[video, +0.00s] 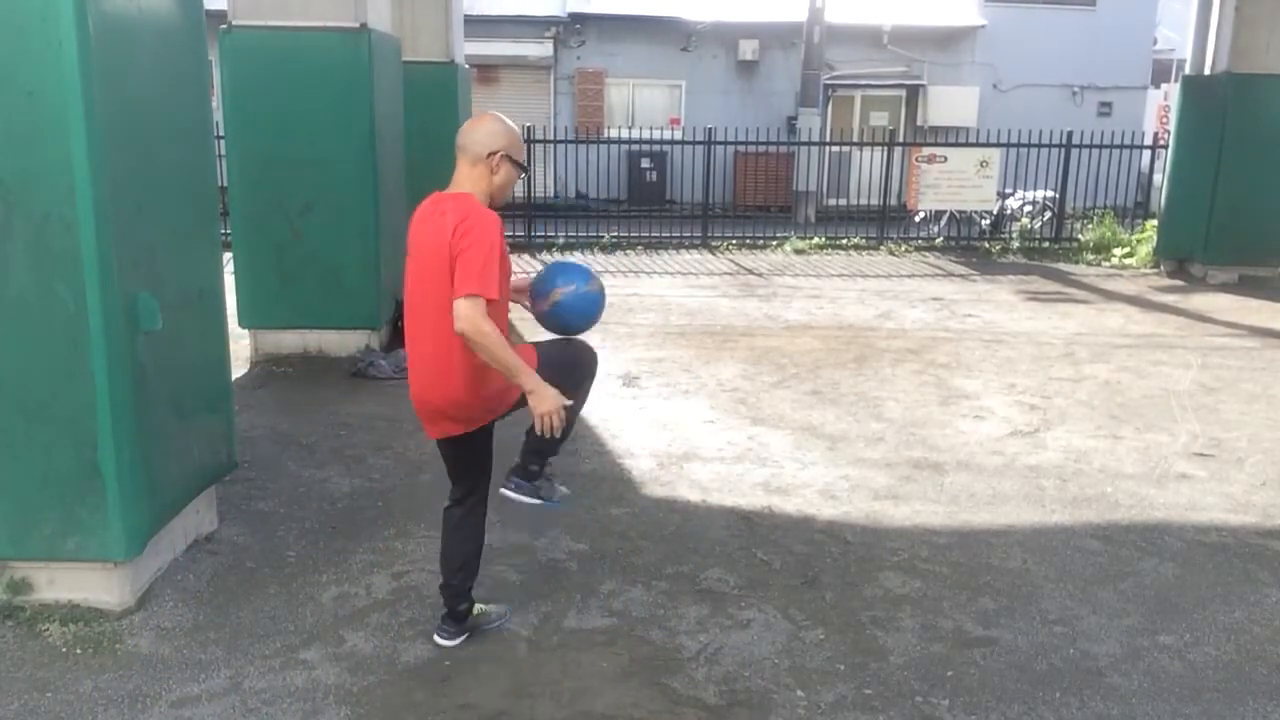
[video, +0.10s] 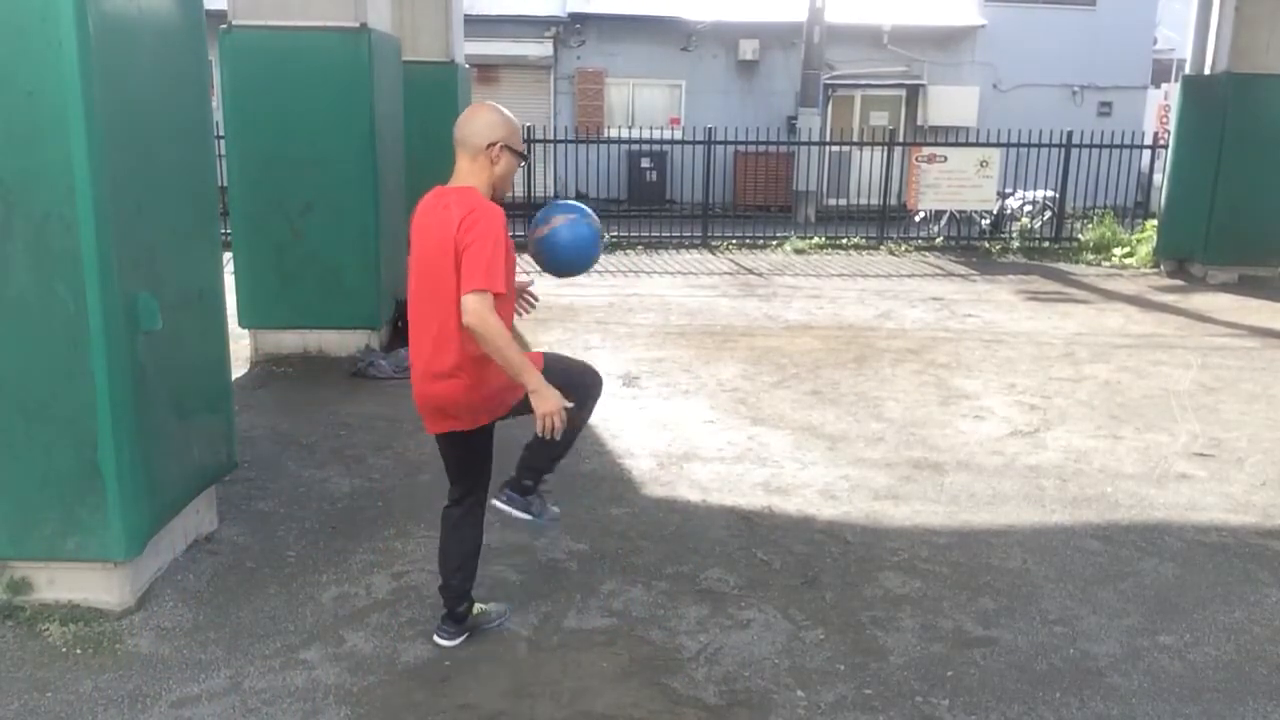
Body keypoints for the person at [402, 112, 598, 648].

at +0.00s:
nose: (517, 181)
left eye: (519, 170)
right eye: (517, 168)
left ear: (470, 159)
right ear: (495, 161)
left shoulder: (427, 211)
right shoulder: (479, 220)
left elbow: (441, 288)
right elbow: (469, 320)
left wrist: (516, 292)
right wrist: (533, 384)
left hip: (433, 388)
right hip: (478, 381)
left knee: (466, 492)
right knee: (579, 358)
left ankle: (456, 613)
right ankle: (531, 474)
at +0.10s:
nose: (517, 169)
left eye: (519, 158)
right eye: (516, 156)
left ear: (468, 152)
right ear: (494, 153)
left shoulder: (428, 206)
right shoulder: (484, 216)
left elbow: (434, 280)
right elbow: (477, 313)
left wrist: (494, 282)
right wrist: (537, 385)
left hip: (437, 383)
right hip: (480, 378)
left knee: (465, 496)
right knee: (584, 383)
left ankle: (455, 615)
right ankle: (523, 489)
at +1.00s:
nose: (535, 173)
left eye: (533, 163)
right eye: (530, 162)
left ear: (491, 166)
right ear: (505, 166)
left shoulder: (464, 222)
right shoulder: (501, 232)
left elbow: (501, 282)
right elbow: (487, 322)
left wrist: (554, 294)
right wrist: (535, 404)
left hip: (499, 385)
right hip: (535, 380)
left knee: (520, 471)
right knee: (641, 335)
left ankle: (481, 586)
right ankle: (614, 448)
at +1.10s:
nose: (544, 162)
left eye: (542, 153)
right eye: (538, 153)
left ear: (500, 159)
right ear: (514, 158)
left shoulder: (477, 216)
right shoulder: (512, 225)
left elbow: (517, 272)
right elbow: (501, 316)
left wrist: (570, 282)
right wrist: (534, 406)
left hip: (508, 378)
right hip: (548, 374)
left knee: (518, 473)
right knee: (656, 366)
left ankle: (481, 586)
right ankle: (619, 472)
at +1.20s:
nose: (553, 157)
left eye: (550, 147)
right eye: (547, 148)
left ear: (507, 157)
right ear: (523, 155)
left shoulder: (487, 213)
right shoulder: (525, 222)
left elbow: (516, 271)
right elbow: (516, 316)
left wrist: (572, 281)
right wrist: (547, 404)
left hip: (515, 376)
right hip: (558, 373)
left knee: (516, 475)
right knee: (659, 410)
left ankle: (481, 586)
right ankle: (622, 519)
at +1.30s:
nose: (572, 158)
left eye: (569, 148)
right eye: (567, 149)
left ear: (527, 160)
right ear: (544, 158)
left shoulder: (505, 217)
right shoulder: (550, 226)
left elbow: (505, 298)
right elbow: (550, 318)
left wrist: (571, 306)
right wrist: (586, 402)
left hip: (536, 382)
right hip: (583, 383)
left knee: (527, 476)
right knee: (638, 472)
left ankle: (483, 583)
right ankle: (617, 586)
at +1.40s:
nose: (592, 161)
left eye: (590, 151)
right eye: (588, 152)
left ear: (542, 160)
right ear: (570, 158)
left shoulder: (521, 219)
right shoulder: (572, 230)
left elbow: (508, 285)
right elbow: (585, 321)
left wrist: (558, 318)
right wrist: (634, 395)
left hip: (560, 381)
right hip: (594, 388)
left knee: (597, 462)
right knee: (638, 482)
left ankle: (518, 543)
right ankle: (612, 595)